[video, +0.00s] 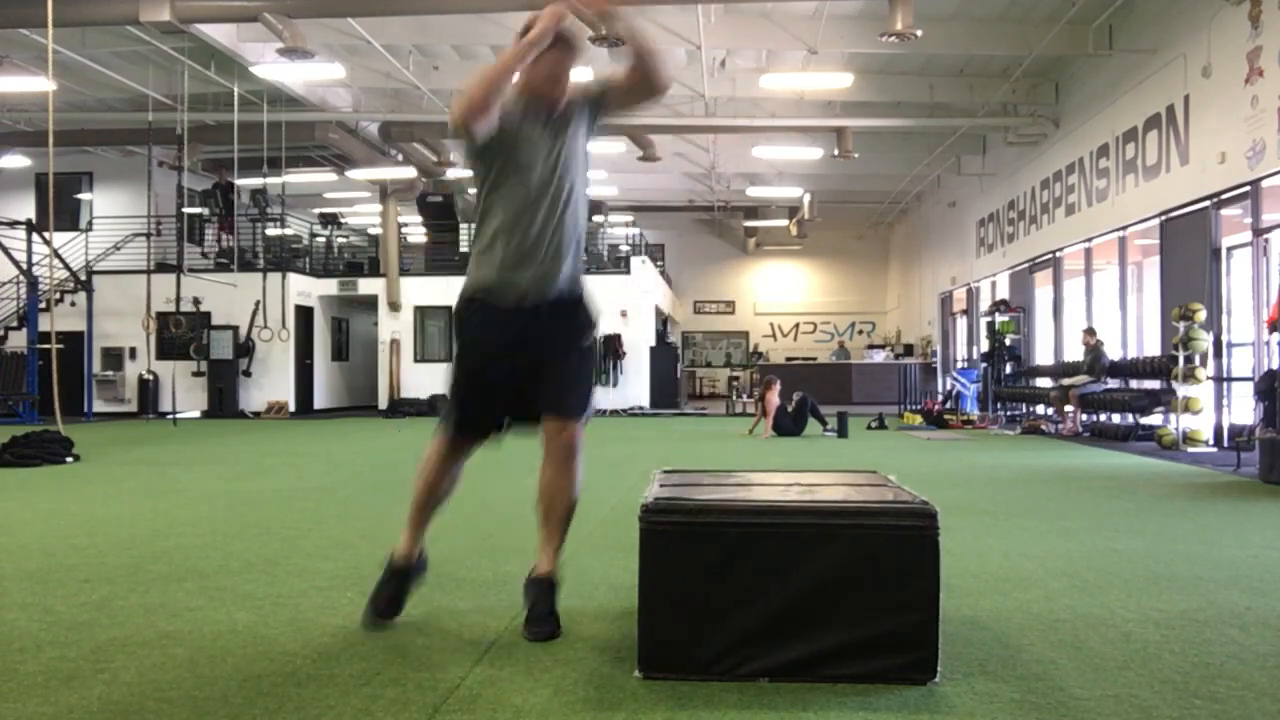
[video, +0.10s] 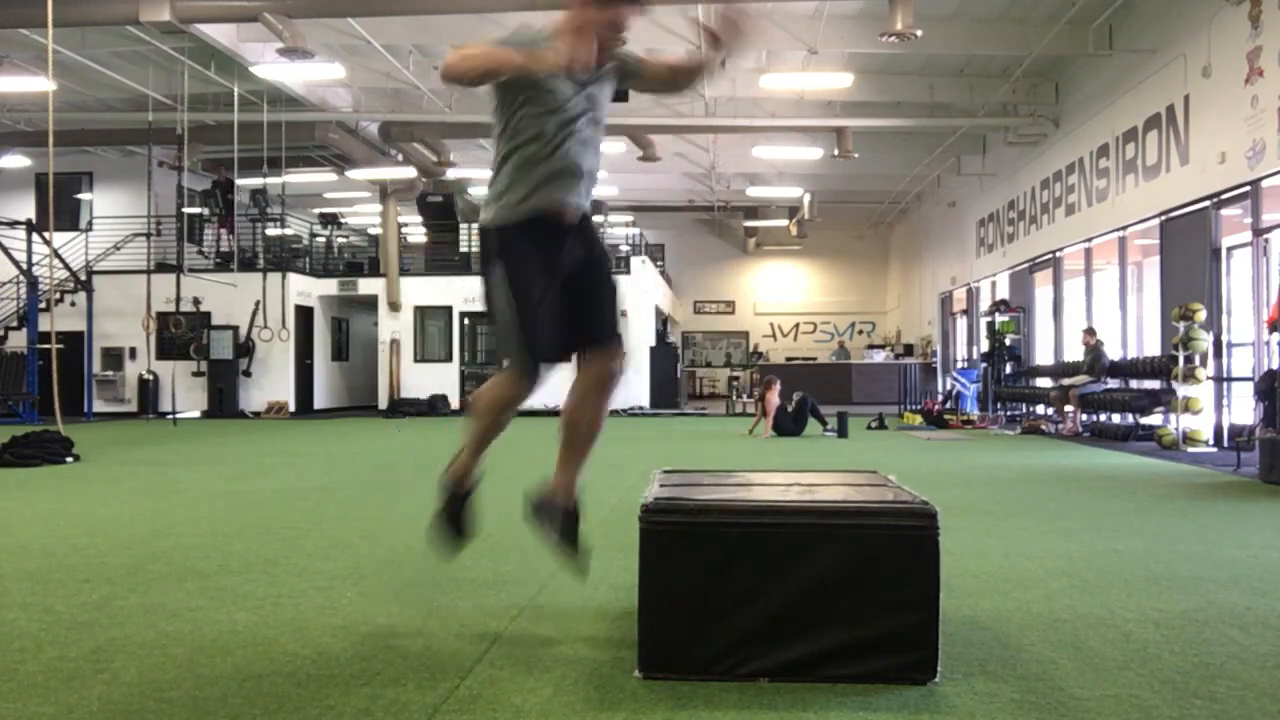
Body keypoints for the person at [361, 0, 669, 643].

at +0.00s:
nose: (562, 68)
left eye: (571, 57)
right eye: (551, 55)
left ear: (580, 65)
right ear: (523, 59)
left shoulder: (581, 109)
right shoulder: (498, 114)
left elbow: (652, 80)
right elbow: (467, 113)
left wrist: (622, 24)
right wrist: (528, 38)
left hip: (560, 305)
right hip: (490, 305)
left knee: (565, 433)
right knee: (457, 438)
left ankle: (544, 575)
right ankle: (406, 555)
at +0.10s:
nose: (622, 31)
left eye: (627, 22)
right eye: (615, 18)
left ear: (621, 22)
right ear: (579, 9)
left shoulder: (611, 63)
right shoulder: (530, 47)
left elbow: (670, 75)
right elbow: (455, 66)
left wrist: (712, 52)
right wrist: (536, 61)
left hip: (575, 230)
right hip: (516, 230)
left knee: (604, 358)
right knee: (522, 370)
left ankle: (559, 497)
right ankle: (460, 476)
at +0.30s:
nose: (706, 72)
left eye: (713, 64)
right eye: (706, 57)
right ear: (680, 30)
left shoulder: (664, 102)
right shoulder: (609, 52)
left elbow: (680, 172)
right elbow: (517, 89)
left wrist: (733, 231)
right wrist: (483, 172)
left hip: (589, 200)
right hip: (542, 194)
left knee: (685, 263)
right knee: (662, 264)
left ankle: (637, 400)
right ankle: (624, 409)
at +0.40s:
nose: (732, 101)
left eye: (739, 94)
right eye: (734, 86)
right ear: (708, 59)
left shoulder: (679, 122)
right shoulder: (641, 83)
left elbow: (651, 205)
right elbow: (552, 124)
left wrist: (679, 268)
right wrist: (516, 212)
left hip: (618, 234)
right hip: (579, 228)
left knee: (708, 309)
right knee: (699, 307)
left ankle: (675, 456)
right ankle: (665, 457)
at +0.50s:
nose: (744, 131)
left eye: (750, 124)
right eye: (746, 116)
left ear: (721, 93)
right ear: (722, 89)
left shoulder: (686, 146)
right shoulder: (666, 116)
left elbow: (645, 232)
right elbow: (599, 181)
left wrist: (636, 318)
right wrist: (581, 274)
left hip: (632, 266)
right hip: (617, 259)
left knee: (703, 342)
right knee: (741, 321)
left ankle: (673, 459)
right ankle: (676, 457)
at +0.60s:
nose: (740, 129)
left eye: (747, 121)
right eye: (742, 114)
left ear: (716, 90)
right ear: (719, 88)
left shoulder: (674, 133)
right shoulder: (672, 122)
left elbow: (621, 218)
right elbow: (637, 198)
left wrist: (603, 318)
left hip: (586, 275)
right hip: (604, 264)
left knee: (709, 354)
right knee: (742, 326)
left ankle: (670, 463)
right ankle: (676, 459)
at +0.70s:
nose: (723, 97)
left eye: (729, 91)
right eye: (724, 82)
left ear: (702, 64)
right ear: (698, 57)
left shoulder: (663, 113)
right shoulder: (648, 90)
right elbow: (635, 161)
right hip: (593, 239)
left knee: (702, 335)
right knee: (720, 318)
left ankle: (675, 459)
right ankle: (673, 459)